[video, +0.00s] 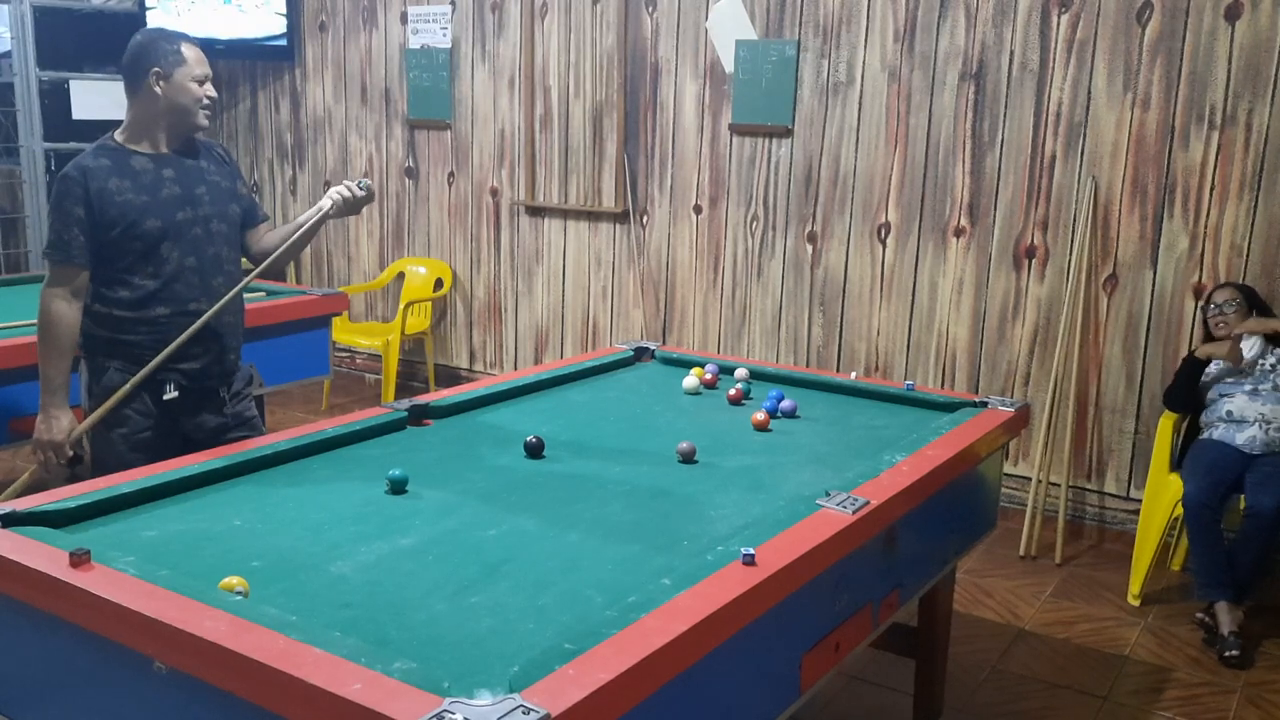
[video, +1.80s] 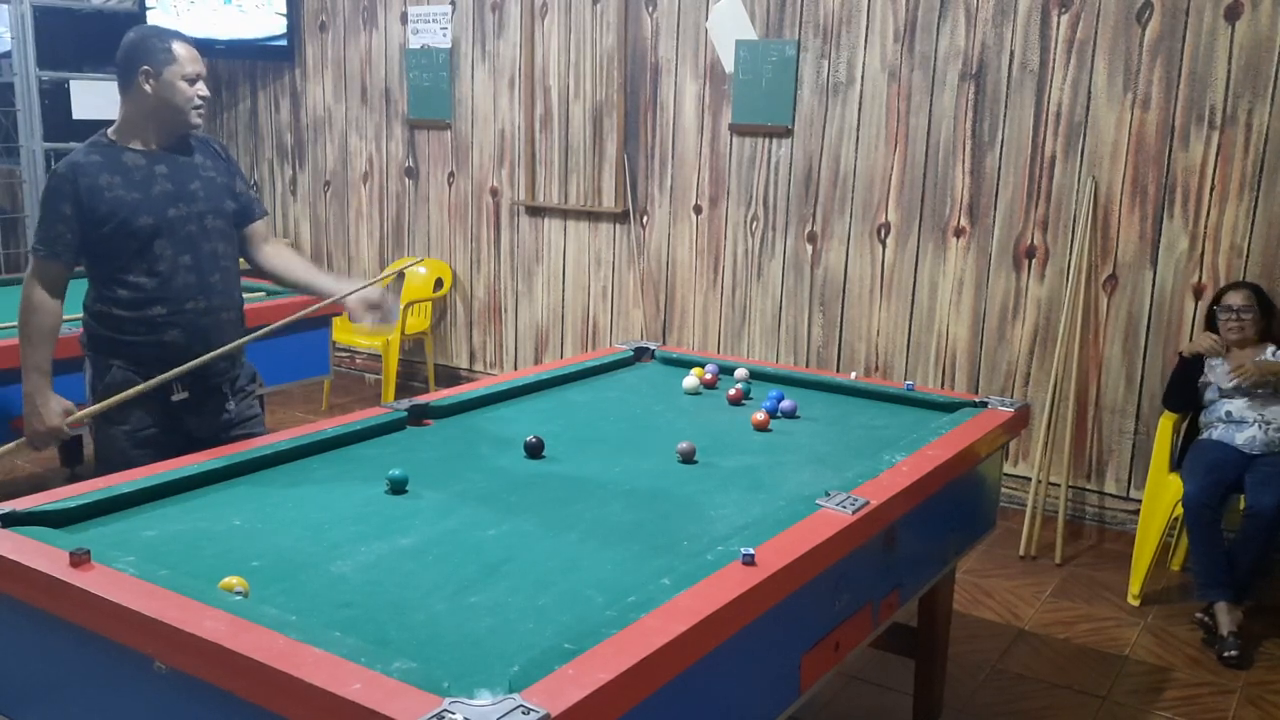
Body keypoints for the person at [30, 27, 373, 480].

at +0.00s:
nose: (213, 95)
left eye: (211, 83)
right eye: (201, 81)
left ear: (161, 83)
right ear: (158, 82)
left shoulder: (215, 160)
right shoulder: (87, 178)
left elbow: (263, 252)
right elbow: (64, 294)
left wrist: (323, 210)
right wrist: (53, 409)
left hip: (223, 392)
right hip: (129, 404)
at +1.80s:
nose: (205, 93)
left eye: (204, 82)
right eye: (192, 81)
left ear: (157, 81)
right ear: (146, 81)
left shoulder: (213, 157)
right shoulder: (80, 174)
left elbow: (265, 247)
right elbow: (45, 285)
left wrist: (347, 290)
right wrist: (37, 394)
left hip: (228, 386)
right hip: (134, 399)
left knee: (253, 539)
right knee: (144, 552)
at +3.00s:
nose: (234, 92)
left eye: (237, 81)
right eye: (217, 79)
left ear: (241, 85)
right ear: (172, 84)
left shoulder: (254, 158)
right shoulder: (129, 179)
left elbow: (293, 257)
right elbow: (110, 292)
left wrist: (340, 337)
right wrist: (108, 398)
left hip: (271, 377)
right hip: (182, 385)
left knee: (292, 527)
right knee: (186, 527)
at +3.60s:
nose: (286, 88)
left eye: (293, 77)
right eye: (270, 76)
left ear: (301, 84)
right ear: (234, 82)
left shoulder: (307, 165)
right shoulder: (202, 171)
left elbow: (322, 261)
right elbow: (189, 277)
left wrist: (364, 337)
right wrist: (185, 385)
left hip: (317, 362)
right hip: (249, 364)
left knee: (321, 493)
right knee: (265, 500)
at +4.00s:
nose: (313, 94)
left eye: (322, 83)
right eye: (298, 81)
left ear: (331, 90)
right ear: (267, 83)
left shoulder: (330, 167)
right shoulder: (229, 161)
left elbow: (354, 255)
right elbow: (195, 252)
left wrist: (407, 313)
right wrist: (205, 335)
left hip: (325, 357)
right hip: (261, 357)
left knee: (327, 485)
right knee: (280, 488)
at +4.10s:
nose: (316, 94)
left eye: (326, 85)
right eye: (303, 81)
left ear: (336, 92)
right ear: (272, 84)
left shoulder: (334, 167)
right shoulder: (235, 155)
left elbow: (373, 241)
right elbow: (195, 238)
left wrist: (411, 252)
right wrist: (209, 295)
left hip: (325, 349)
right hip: (263, 348)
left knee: (324, 472)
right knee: (280, 474)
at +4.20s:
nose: (319, 94)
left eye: (329, 86)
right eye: (306, 82)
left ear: (339, 94)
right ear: (276, 84)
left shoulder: (341, 167)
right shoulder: (238, 152)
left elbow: (402, 219)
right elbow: (190, 222)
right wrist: (212, 238)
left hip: (325, 350)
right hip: (261, 348)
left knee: (326, 475)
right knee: (282, 474)